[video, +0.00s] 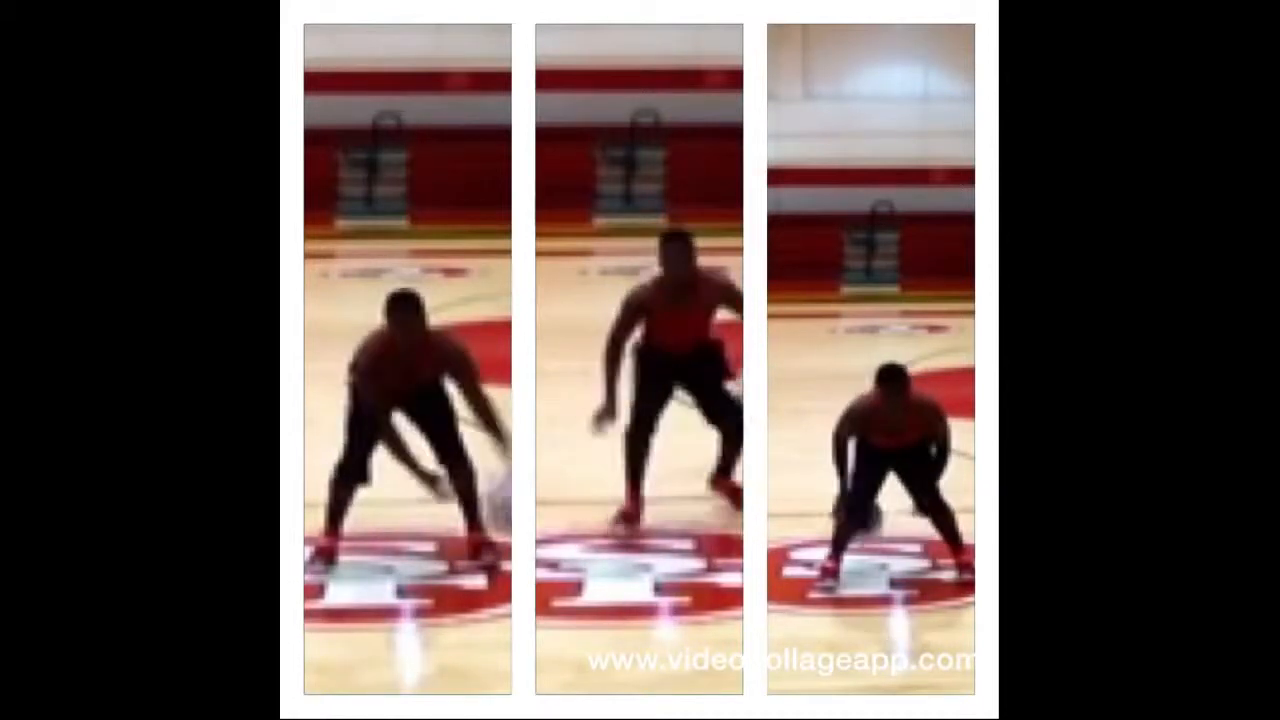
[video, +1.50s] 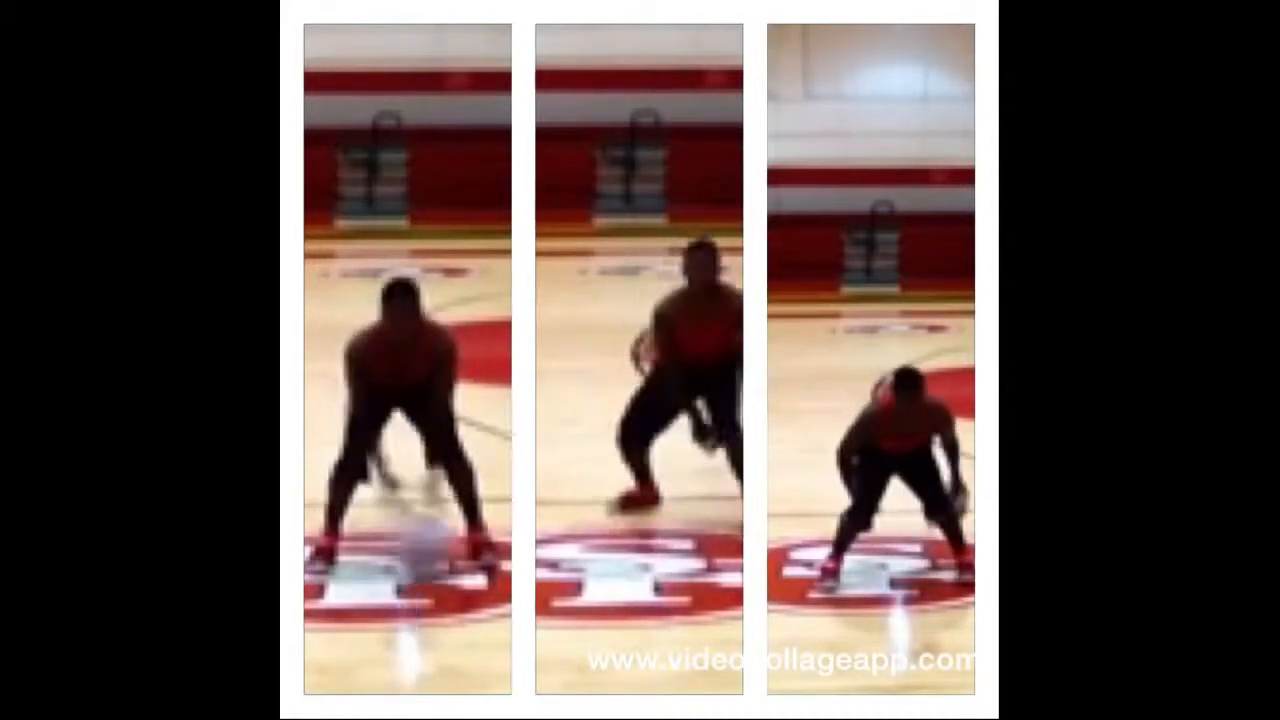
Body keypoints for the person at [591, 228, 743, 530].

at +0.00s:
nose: (675, 269)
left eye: (681, 260)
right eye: (668, 261)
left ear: (693, 259)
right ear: (660, 262)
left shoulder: (713, 288)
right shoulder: (645, 296)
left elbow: (754, 315)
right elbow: (615, 343)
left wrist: (752, 369)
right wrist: (609, 400)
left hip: (698, 359)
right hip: (656, 362)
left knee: (734, 422)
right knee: (638, 431)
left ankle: (722, 476)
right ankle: (633, 502)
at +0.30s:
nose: (671, 270)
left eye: (678, 263)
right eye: (665, 262)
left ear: (690, 262)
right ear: (656, 262)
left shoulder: (712, 300)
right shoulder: (644, 292)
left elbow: (737, 339)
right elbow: (629, 323)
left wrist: (732, 377)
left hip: (712, 361)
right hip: (668, 361)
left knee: (735, 426)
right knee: (651, 432)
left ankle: (727, 476)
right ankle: (637, 505)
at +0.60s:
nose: (680, 277)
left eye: (686, 269)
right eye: (674, 269)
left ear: (696, 270)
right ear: (665, 271)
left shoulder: (716, 308)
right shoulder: (648, 309)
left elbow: (733, 362)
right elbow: (643, 360)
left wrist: (736, 407)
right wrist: (639, 396)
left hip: (701, 381)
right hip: (656, 379)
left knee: (713, 438)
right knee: (616, 430)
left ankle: (739, 507)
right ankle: (638, 499)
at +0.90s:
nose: (691, 272)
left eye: (696, 264)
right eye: (684, 264)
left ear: (707, 262)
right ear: (674, 266)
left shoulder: (727, 294)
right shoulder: (659, 304)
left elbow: (755, 331)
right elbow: (637, 356)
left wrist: (754, 391)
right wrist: (633, 409)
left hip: (720, 358)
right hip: (676, 360)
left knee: (750, 432)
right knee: (658, 430)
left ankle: (745, 496)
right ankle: (651, 503)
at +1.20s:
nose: (682, 267)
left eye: (689, 260)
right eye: (677, 260)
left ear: (704, 260)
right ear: (671, 259)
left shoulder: (726, 295)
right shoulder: (660, 287)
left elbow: (749, 343)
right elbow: (634, 320)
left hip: (729, 359)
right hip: (686, 357)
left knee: (742, 425)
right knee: (659, 429)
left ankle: (764, 495)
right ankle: (650, 506)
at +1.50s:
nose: (701, 273)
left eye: (707, 265)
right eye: (694, 266)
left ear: (717, 267)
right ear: (685, 269)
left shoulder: (735, 306)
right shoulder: (669, 311)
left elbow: (743, 363)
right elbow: (670, 372)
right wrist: (695, 417)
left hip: (720, 378)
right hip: (676, 377)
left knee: (733, 435)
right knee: (632, 433)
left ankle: (753, 496)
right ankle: (646, 488)